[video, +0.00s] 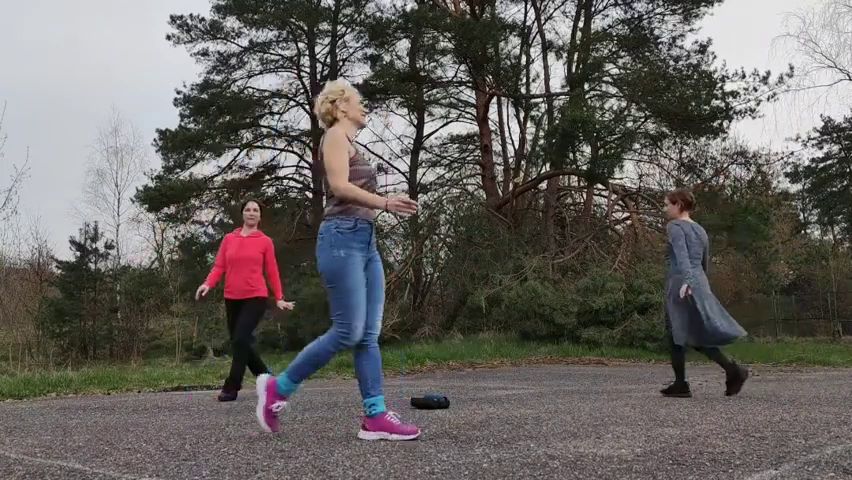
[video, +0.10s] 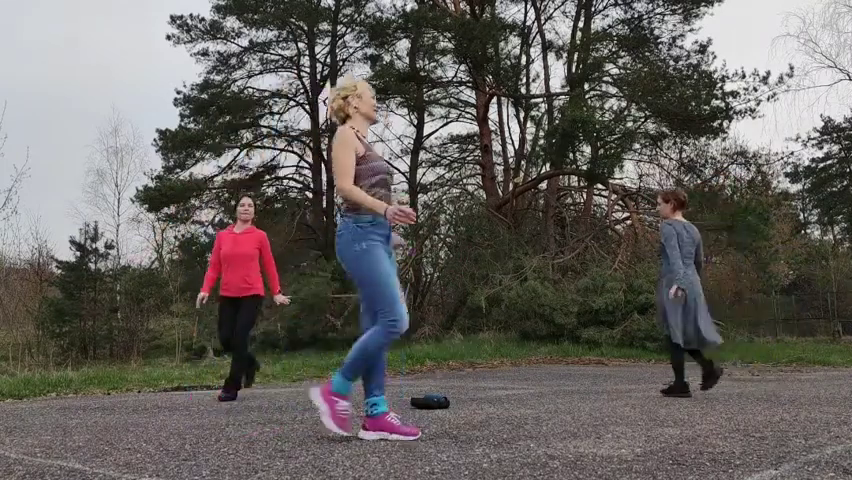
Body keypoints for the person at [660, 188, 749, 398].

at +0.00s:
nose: (665, 209)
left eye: (667, 205)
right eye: (665, 205)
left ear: (678, 205)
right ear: (682, 206)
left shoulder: (675, 227)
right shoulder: (700, 230)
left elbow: (682, 255)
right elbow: (704, 264)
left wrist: (687, 280)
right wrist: (699, 282)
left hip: (678, 288)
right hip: (698, 286)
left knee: (676, 335)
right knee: (696, 337)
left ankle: (680, 383)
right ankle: (732, 370)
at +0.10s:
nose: (658, 208)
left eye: (661, 204)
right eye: (658, 204)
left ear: (672, 205)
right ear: (678, 206)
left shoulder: (668, 226)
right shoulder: (693, 229)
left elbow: (674, 255)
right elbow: (698, 261)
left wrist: (678, 281)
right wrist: (694, 282)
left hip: (675, 284)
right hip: (692, 285)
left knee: (674, 334)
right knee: (685, 334)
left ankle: (679, 383)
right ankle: (708, 367)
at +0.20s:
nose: (652, 209)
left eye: (654, 205)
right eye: (652, 204)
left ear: (665, 205)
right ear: (669, 206)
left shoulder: (663, 227)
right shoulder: (688, 230)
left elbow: (664, 258)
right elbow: (693, 262)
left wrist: (662, 285)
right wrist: (688, 282)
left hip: (670, 284)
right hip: (686, 284)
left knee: (667, 332)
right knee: (678, 332)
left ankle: (680, 381)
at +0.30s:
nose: (647, 211)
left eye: (648, 207)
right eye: (647, 207)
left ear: (660, 206)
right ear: (664, 207)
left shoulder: (657, 230)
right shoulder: (681, 231)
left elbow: (650, 261)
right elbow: (687, 263)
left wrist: (645, 287)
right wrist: (690, 288)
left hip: (663, 287)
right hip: (680, 287)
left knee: (664, 334)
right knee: (653, 331)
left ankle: (680, 382)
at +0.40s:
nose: (641, 213)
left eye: (643, 208)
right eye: (641, 208)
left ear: (653, 208)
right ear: (658, 208)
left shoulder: (651, 230)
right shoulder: (676, 231)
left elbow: (635, 259)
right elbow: (684, 262)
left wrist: (616, 280)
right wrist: (691, 284)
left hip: (657, 286)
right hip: (674, 286)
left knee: (665, 334)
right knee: (641, 323)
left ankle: (679, 383)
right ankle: (619, 363)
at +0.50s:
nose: (632, 215)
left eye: (634, 211)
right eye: (632, 211)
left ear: (646, 209)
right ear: (650, 210)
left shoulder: (642, 232)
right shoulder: (669, 232)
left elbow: (619, 256)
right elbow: (683, 260)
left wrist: (594, 266)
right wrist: (692, 281)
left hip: (651, 288)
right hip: (667, 287)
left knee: (663, 334)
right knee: (631, 315)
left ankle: (679, 383)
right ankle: (610, 358)